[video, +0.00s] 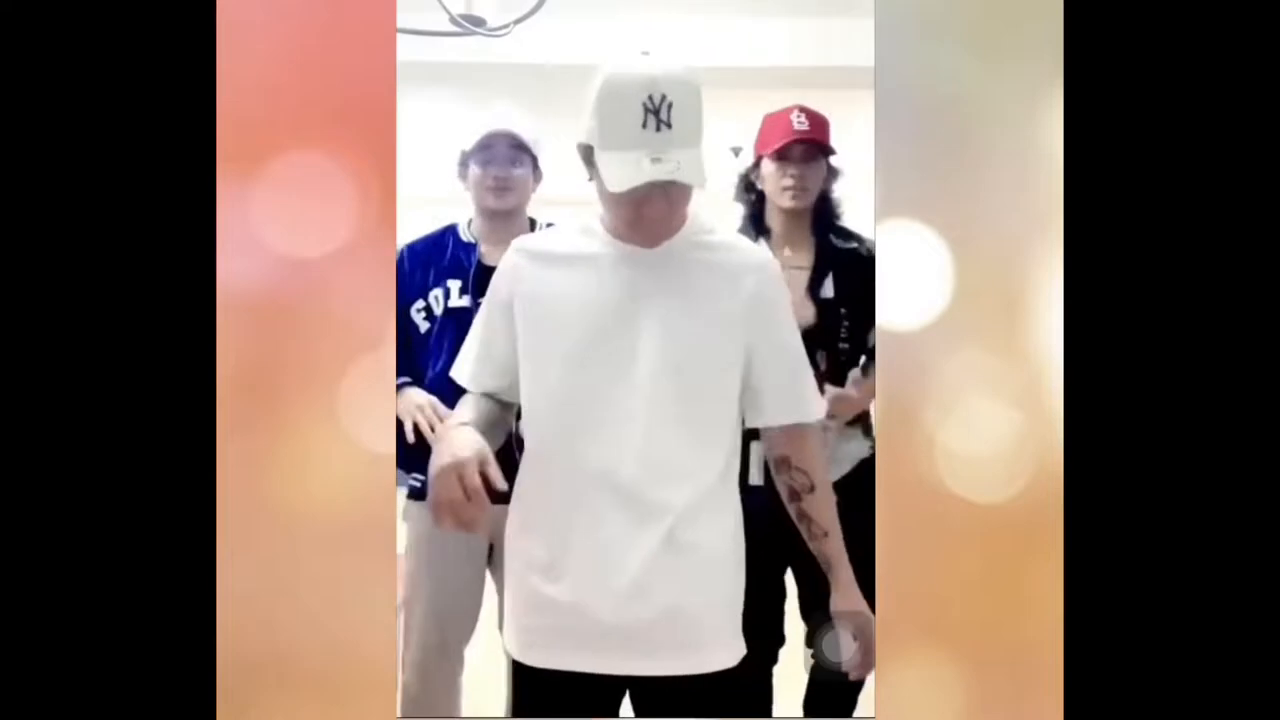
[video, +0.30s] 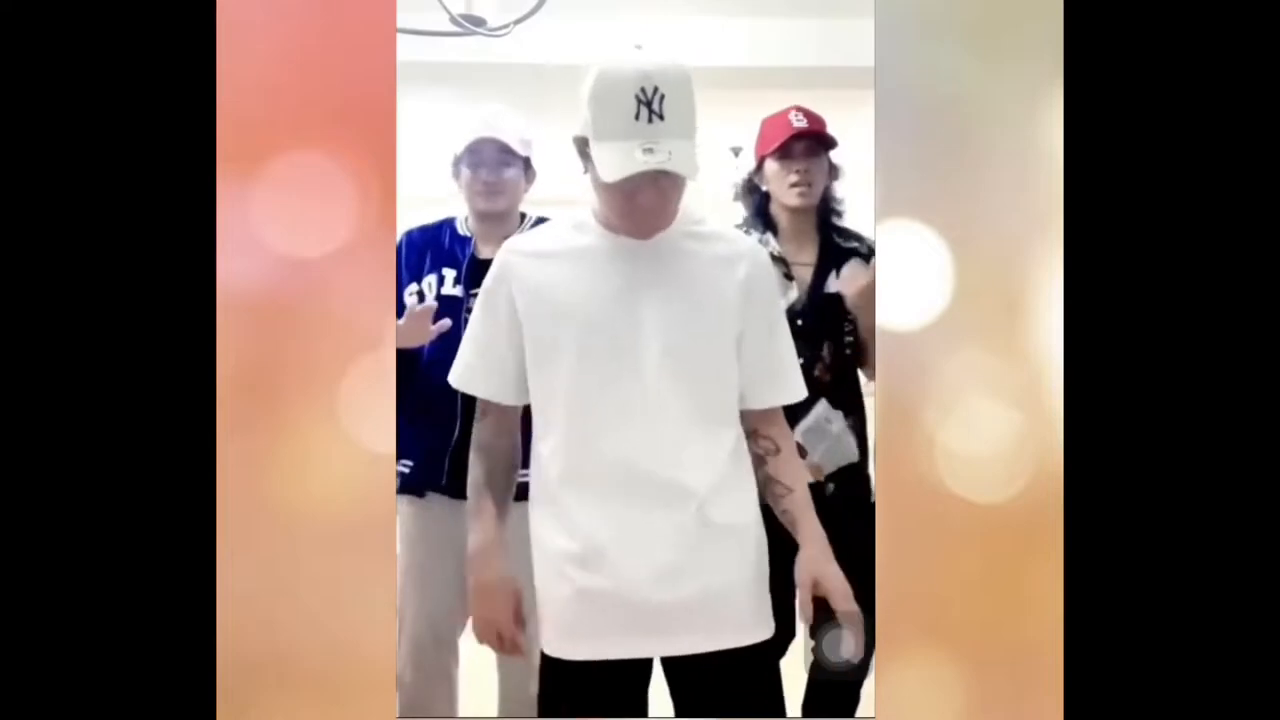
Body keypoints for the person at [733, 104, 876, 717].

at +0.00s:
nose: (795, 173)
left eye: (809, 160)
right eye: (781, 160)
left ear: (827, 172)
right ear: (757, 172)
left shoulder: (861, 261)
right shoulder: (728, 259)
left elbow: (892, 348)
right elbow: (704, 360)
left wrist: (858, 396)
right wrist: (774, 389)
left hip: (844, 467)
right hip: (750, 467)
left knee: (843, 637)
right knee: (747, 637)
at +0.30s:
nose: (800, 171)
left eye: (813, 159)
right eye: (785, 159)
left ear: (829, 171)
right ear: (760, 173)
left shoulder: (857, 258)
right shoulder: (732, 257)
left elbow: (881, 371)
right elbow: (712, 366)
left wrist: (867, 313)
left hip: (843, 473)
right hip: (754, 470)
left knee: (849, 641)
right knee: (757, 633)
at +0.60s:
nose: (801, 165)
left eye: (814, 153)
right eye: (786, 153)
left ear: (828, 165)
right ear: (760, 165)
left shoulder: (854, 248)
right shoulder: (729, 245)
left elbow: (883, 345)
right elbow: (708, 348)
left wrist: (824, 393)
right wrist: (761, 408)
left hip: (833, 455)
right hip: (743, 454)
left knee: (854, 619)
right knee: (746, 615)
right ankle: (748, 718)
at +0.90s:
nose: (806, 165)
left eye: (819, 153)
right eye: (791, 153)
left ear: (835, 166)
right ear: (766, 167)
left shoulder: (864, 255)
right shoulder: (732, 252)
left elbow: (889, 371)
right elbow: (712, 362)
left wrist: (872, 318)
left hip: (849, 469)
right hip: (761, 463)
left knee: (849, 646)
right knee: (760, 635)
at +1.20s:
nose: (796, 171)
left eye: (809, 159)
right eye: (781, 159)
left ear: (826, 173)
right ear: (755, 173)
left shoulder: (860, 264)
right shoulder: (722, 262)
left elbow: (886, 359)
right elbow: (708, 382)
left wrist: (875, 386)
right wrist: (775, 464)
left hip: (842, 473)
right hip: (748, 475)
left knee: (857, 637)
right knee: (748, 631)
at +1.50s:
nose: (807, 173)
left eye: (820, 160)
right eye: (792, 162)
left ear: (839, 173)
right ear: (769, 175)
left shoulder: (872, 263)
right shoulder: (740, 262)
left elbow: (903, 365)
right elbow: (719, 368)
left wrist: (868, 432)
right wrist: (764, 433)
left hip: (851, 480)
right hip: (761, 477)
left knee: (856, 650)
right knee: (758, 643)